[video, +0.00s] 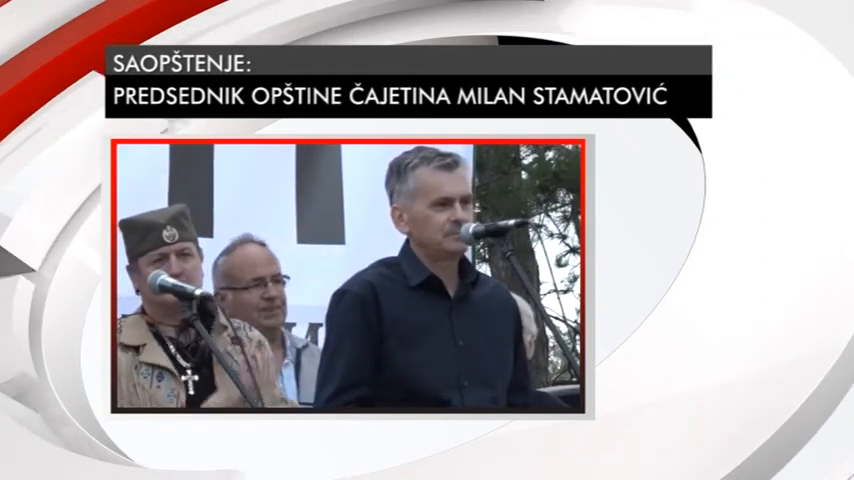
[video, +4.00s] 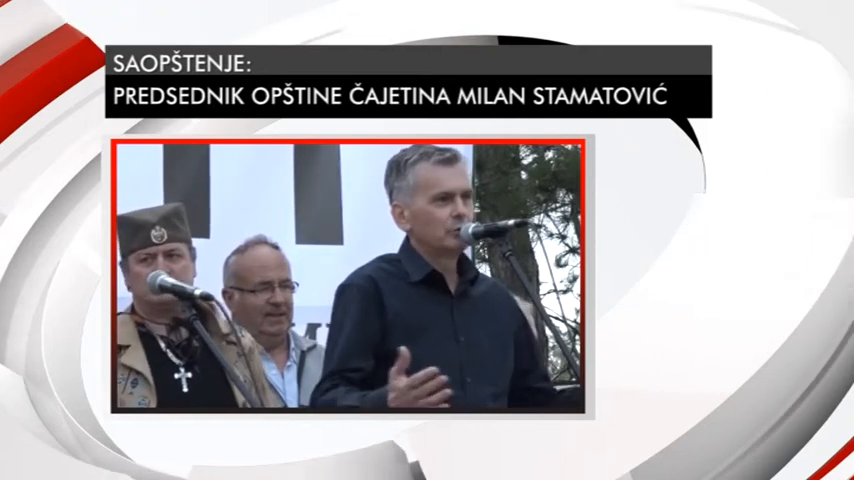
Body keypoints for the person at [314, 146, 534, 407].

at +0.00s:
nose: (459, 217)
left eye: (466, 203)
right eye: (442, 205)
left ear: (475, 208)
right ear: (401, 218)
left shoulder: (499, 302)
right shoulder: (362, 299)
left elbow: (520, 406)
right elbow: (335, 414)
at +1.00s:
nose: (460, 214)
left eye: (467, 201)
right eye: (443, 203)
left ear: (475, 208)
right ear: (402, 217)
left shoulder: (502, 303)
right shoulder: (362, 296)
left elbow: (519, 409)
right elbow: (325, 408)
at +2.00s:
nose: (461, 215)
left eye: (467, 202)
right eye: (443, 204)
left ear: (474, 206)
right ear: (402, 217)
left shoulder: (500, 300)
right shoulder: (362, 296)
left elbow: (520, 405)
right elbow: (332, 412)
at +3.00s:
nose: (462, 214)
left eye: (468, 200)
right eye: (443, 202)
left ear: (476, 204)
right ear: (402, 215)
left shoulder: (499, 301)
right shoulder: (360, 296)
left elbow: (521, 406)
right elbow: (331, 408)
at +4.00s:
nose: (462, 211)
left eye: (466, 198)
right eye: (443, 200)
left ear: (474, 203)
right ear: (402, 215)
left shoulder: (499, 301)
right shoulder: (368, 290)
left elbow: (531, 397)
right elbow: (327, 397)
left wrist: (597, 397)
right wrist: (386, 400)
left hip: (496, 462)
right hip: (401, 463)